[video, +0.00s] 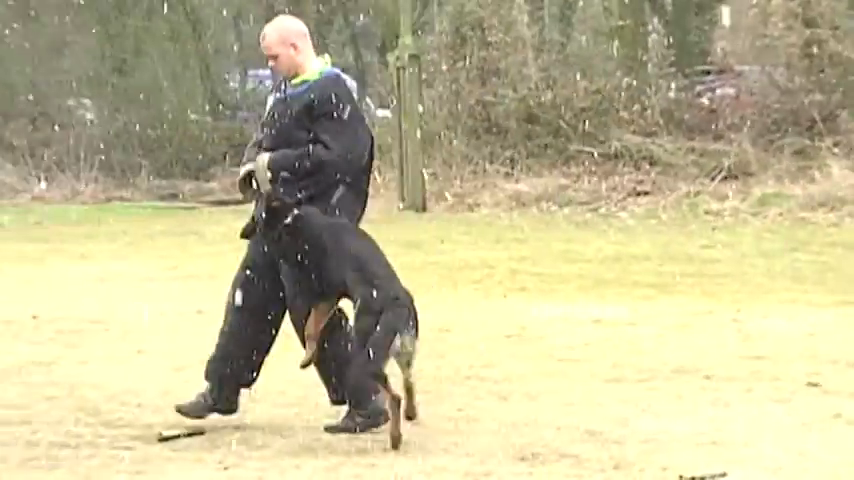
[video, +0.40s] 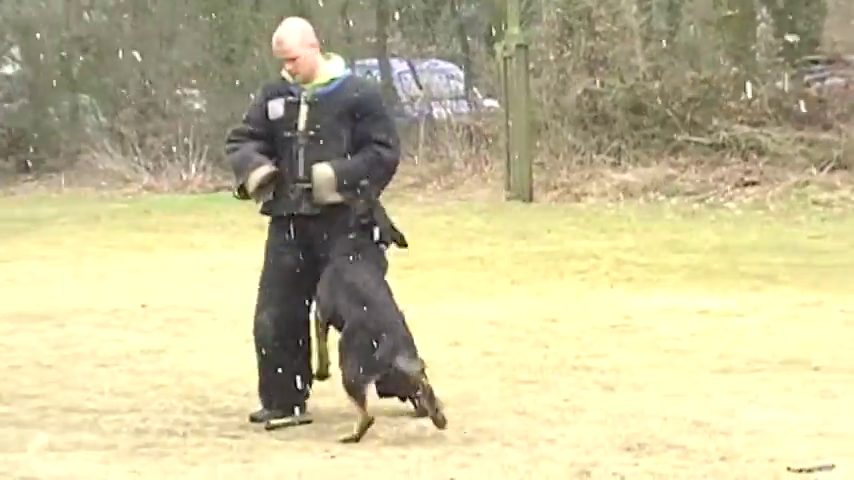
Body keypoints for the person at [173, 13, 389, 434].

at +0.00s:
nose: (270, 66)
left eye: (273, 57)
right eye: (267, 59)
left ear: (296, 46)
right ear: (290, 49)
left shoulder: (332, 89)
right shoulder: (284, 95)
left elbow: (340, 155)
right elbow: (270, 143)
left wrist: (275, 164)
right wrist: (255, 163)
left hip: (318, 220)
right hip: (277, 218)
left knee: (317, 312)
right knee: (249, 301)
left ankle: (367, 403)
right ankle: (221, 392)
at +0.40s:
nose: (286, 68)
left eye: (292, 59)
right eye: (281, 62)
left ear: (316, 48)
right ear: (278, 59)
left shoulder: (359, 93)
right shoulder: (273, 97)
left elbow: (384, 154)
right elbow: (241, 142)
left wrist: (338, 175)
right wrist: (255, 168)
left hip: (347, 226)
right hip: (289, 228)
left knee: (364, 303)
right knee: (275, 317)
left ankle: (404, 376)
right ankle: (284, 403)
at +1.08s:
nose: (386, 56)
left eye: (391, 49)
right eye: (377, 49)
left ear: (397, 53)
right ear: (358, 54)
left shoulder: (414, 105)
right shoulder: (332, 101)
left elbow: (439, 157)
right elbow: (300, 154)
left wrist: (426, 185)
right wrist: (350, 181)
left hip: (407, 230)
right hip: (354, 231)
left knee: (428, 311)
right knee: (346, 318)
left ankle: (449, 395)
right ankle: (318, 405)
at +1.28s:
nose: (379, 34)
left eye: (382, 26)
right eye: (369, 27)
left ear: (387, 30)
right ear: (347, 32)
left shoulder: (406, 80)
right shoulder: (327, 84)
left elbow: (434, 129)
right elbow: (299, 138)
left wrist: (421, 152)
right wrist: (355, 160)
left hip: (413, 206)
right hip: (361, 211)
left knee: (436, 287)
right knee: (355, 299)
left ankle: (455, 374)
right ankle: (333, 388)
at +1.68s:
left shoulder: (409, 31)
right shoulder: (329, 36)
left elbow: (438, 78)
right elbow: (309, 91)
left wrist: (440, 104)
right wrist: (371, 104)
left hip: (421, 154)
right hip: (370, 160)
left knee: (440, 240)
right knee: (364, 247)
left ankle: (457, 331)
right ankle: (326, 330)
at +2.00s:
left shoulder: (407, 22)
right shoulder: (323, 18)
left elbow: (438, 75)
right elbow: (298, 70)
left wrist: (422, 99)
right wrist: (353, 88)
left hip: (407, 143)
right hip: (353, 142)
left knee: (423, 231)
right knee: (345, 234)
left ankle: (438, 318)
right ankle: (312, 318)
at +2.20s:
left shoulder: (382, 23)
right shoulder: (293, 30)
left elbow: (413, 75)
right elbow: (267, 82)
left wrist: (395, 102)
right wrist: (312, 107)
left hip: (384, 150)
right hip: (331, 154)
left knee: (401, 237)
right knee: (325, 243)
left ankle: (420, 328)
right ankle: (293, 328)